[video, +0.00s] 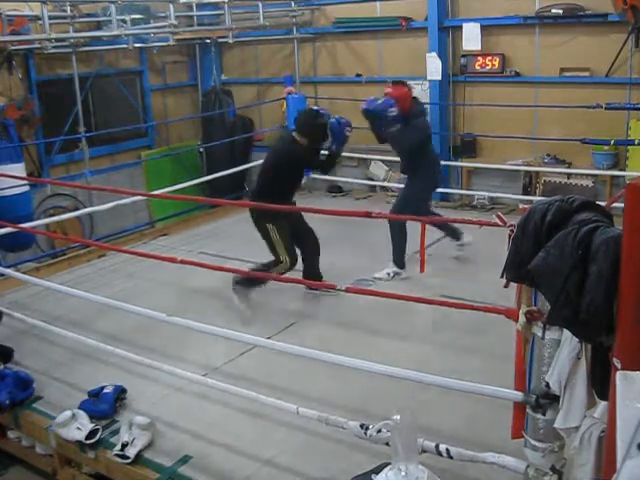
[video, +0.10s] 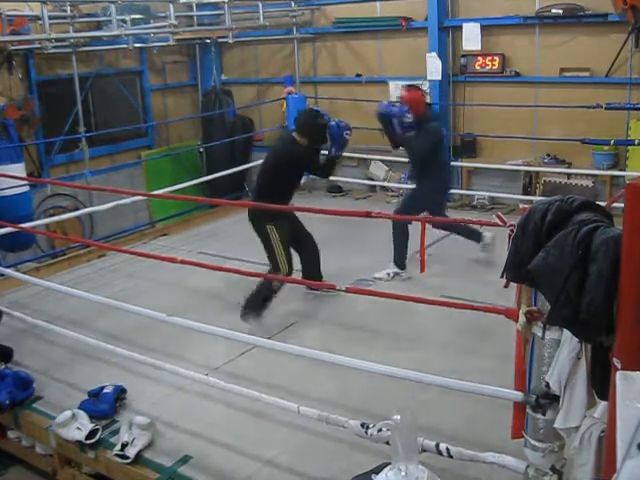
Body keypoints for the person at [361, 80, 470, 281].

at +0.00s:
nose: (394, 104)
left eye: (397, 100)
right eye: (392, 100)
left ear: (407, 99)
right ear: (393, 100)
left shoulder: (417, 118)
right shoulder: (398, 115)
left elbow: (403, 143)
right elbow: (382, 138)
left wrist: (390, 124)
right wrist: (374, 118)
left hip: (425, 173)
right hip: (417, 172)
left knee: (396, 216)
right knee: (421, 211)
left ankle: (398, 266)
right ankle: (458, 236)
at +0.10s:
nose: (408, 111)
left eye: (410, 107)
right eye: (407, 107)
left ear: (417, 107)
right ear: (419, 107)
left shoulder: (432, 129)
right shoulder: (420, 127)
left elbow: (418, 152)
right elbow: (397, 143)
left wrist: (406, 134)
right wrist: (386, 121)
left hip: (432, 186)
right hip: (432, 185)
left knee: (400, 217)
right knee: (438, 220)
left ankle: (399, 267)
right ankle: (482, 238)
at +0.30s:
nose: (434, 111)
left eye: (438, 107)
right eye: (433, 107)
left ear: (449, 107)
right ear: (435, 108)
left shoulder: (464, 129)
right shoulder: (448, 125)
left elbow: (471, 161)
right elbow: (435, 144)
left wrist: (445, 157)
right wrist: (420, 129)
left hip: (468, 184)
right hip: (464, 183)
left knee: (438, 221)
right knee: (478, 222)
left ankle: (411, 263)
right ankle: (510, 251)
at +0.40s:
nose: (442, 109)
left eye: (446, 105)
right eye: (441, 105)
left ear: (457, 104)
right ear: (442, 105)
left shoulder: (472, 126)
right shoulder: (450, 120)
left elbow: (479, 158)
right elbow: (444, 139)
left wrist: (455, 157)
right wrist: (429, 125)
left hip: (480, 175)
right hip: (473, 173)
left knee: (451, 215)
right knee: (482, 216)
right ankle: (512, 249)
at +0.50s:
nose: (446, 107)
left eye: (449, 103)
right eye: (445, 103)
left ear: (461, 102)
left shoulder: (476, 121)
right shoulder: (462, 115)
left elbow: (479, 153)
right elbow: (448, 125)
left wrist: (457, 149)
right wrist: (435, 120)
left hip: (489, 170)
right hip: (488, 167)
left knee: (464, 213)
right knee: (490, 210)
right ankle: (513, 252)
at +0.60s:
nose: (451, 109)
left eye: (454, 105)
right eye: (450, 104)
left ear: (466, 104)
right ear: (451, 104)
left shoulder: (481, 123)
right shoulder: (467, 113)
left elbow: (482, 156)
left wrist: (462, 148)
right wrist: (437, 121)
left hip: (498, 167)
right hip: (494, 165)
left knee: (480, 214)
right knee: (493, 211)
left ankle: (484, 267)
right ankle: (516, 250)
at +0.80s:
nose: (470, 107)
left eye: (474, 103)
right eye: (470, 103)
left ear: (487, 105)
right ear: (479, 105)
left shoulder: (499, 124)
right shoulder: (484, 121)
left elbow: (493, 155)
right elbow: (472, 150)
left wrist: (473, 135)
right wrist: (463, 129)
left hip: (513, 175)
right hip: (506, 173)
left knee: (487, 216)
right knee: (512, 217)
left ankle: (485, 268)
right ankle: (527, 261)